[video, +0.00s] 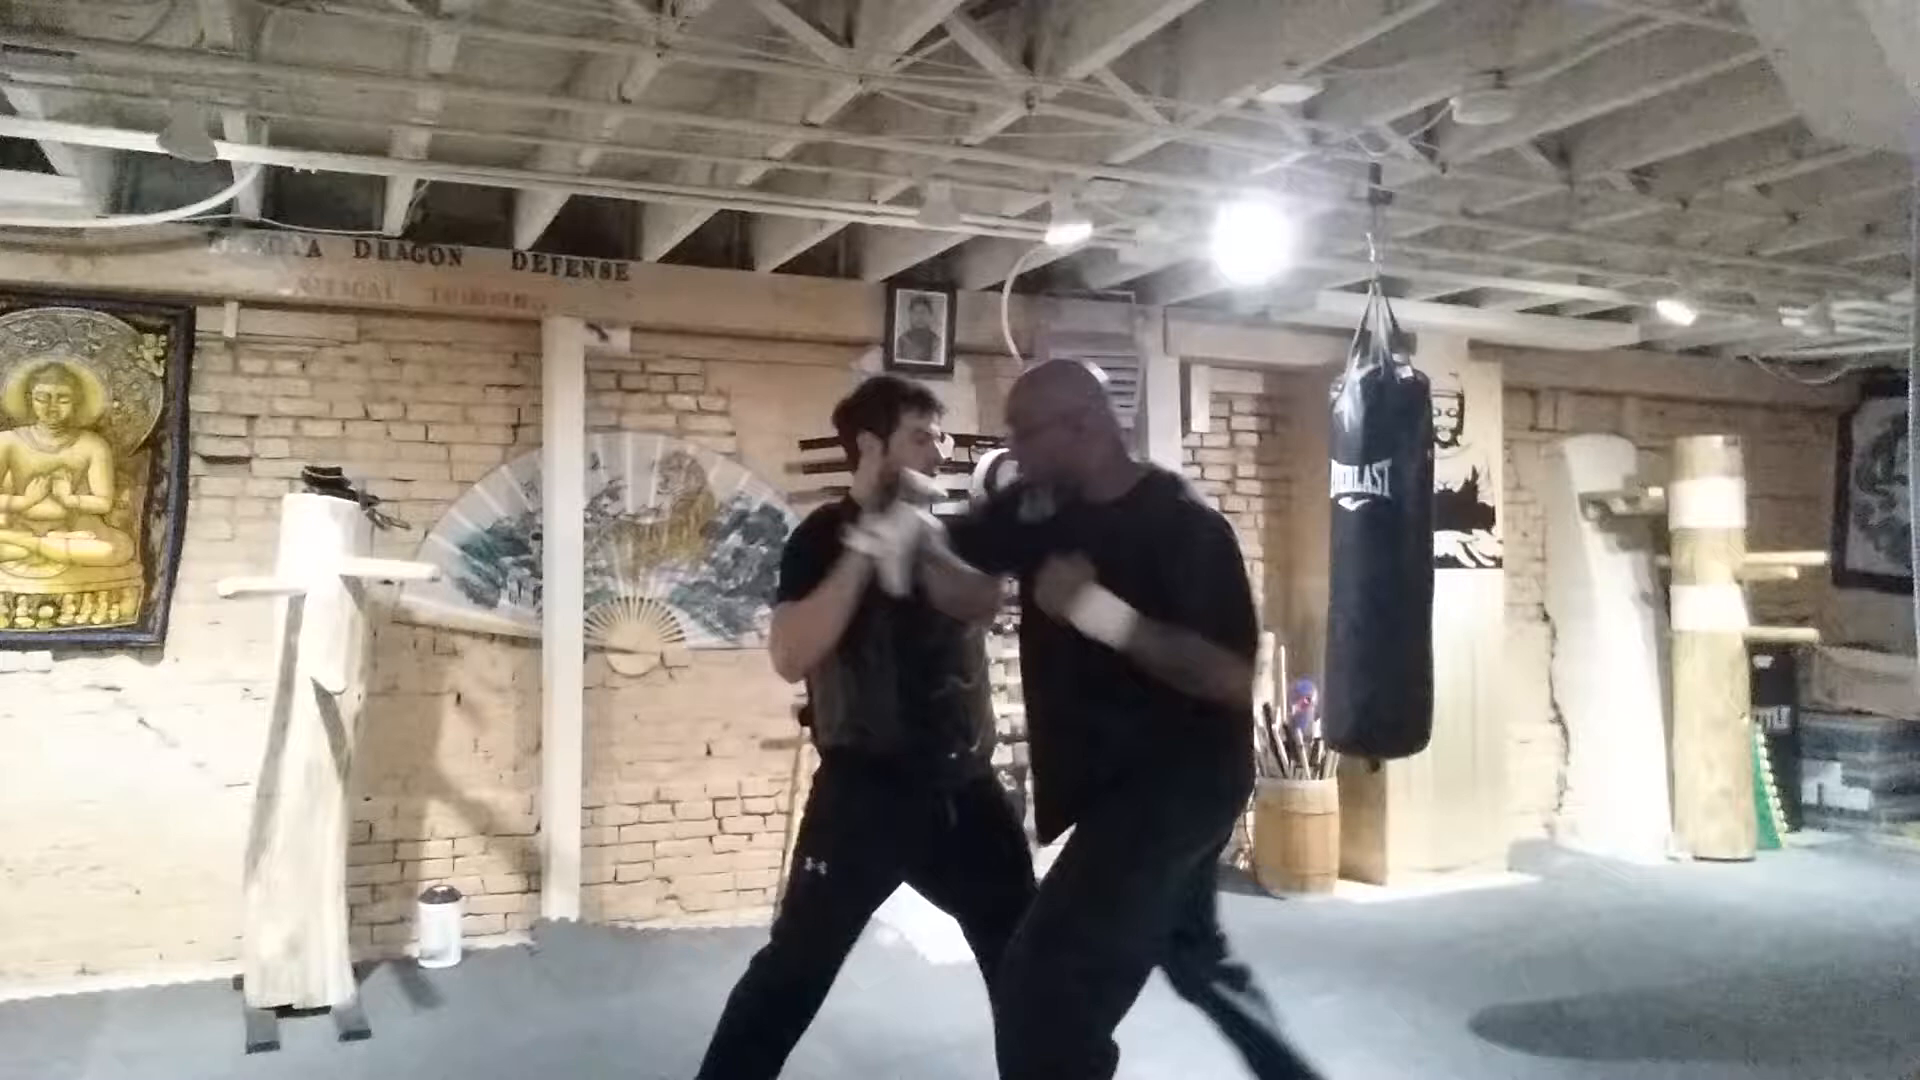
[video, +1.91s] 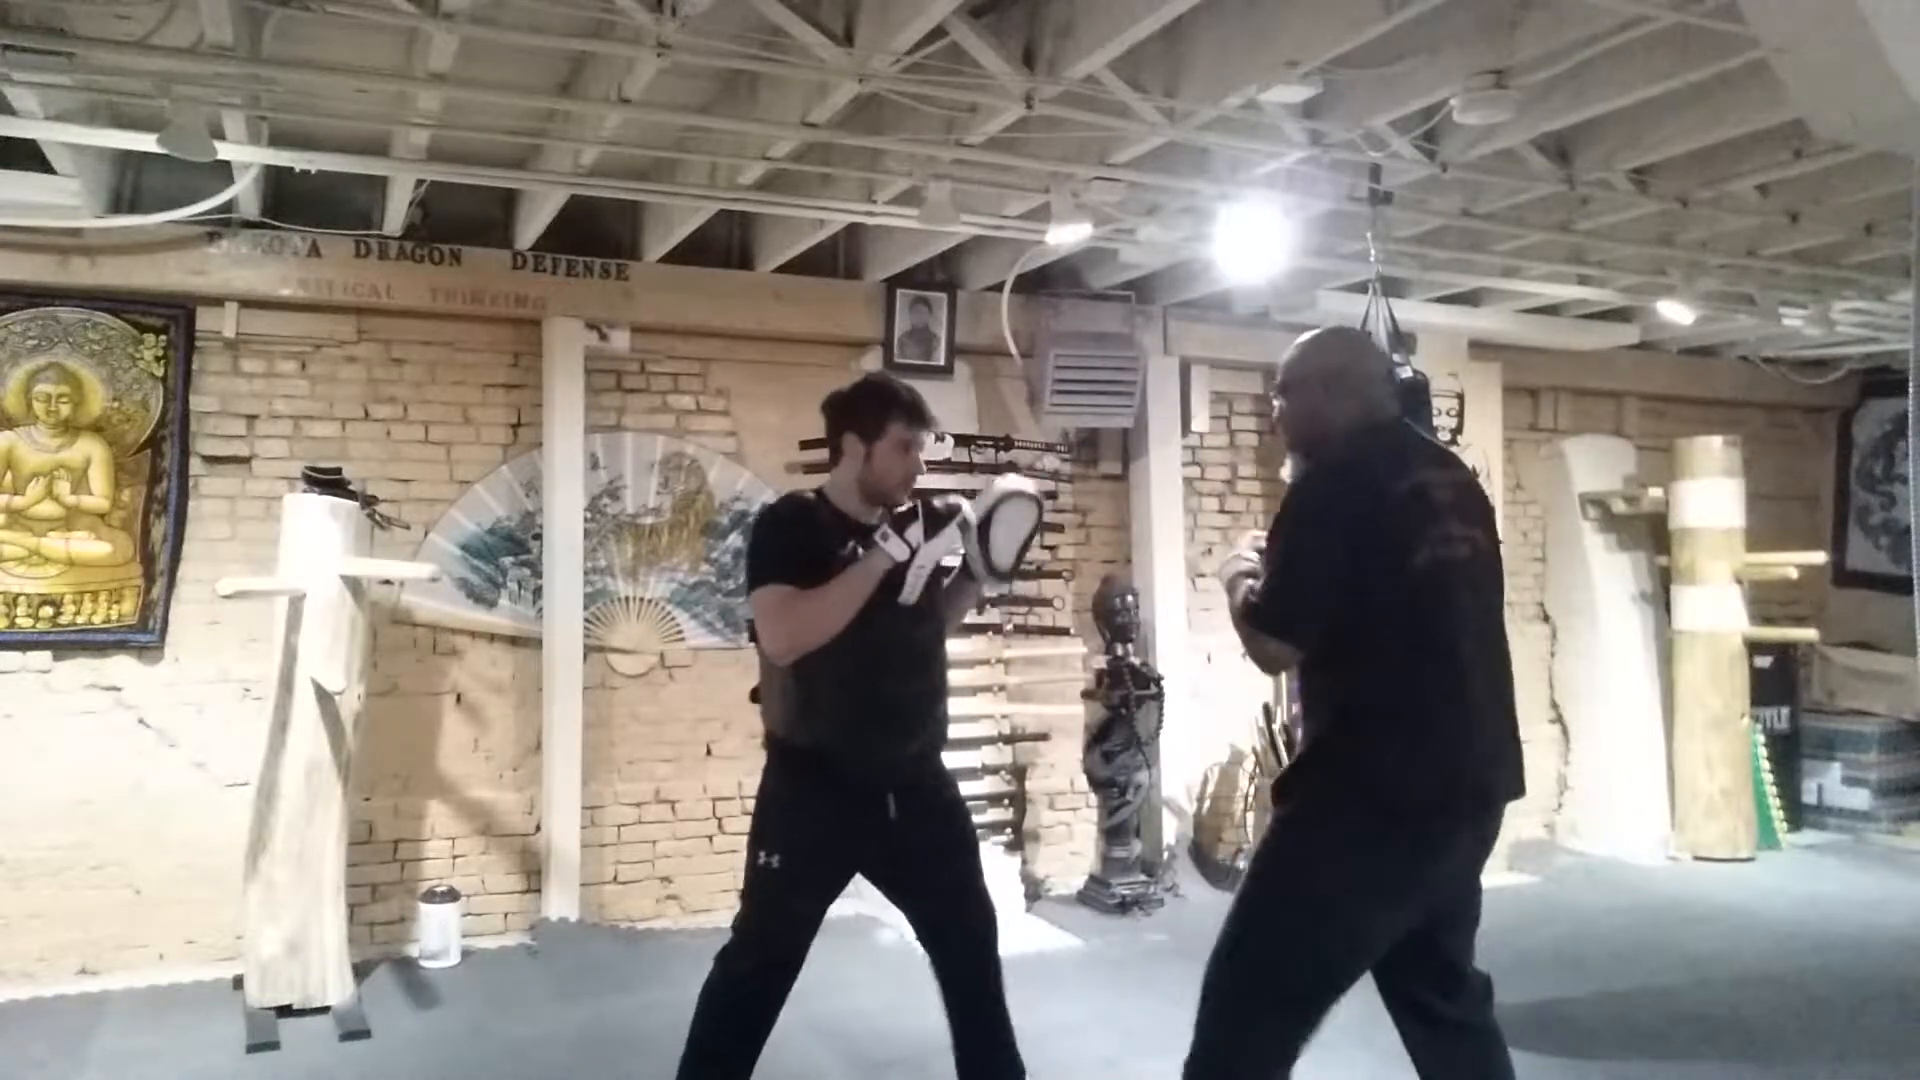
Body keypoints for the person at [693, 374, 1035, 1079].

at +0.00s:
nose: (937, 454)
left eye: (938, 440)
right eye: (923, 438)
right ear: (870, 443)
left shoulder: (952, 526)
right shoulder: (826, 534)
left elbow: (987, 603)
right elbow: (790, 657)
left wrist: (922, 545)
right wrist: (859, 557)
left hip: (965, 787)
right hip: (862, 793)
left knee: (1031, 975)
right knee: (792, 977)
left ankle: (1051, 1079)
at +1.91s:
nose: (919, 464)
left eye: (920, 449)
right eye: (907, 447)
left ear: (892, 449)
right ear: (855, 445)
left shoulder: (919, 528)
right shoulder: (786, 524)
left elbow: (936, 618)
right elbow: (780, 635)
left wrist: (978, 564)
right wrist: (883, 558)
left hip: (914, 788)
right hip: (811, 790)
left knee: (971, 955)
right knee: (759, 966)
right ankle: (703, 1079)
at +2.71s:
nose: (974, 465)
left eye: (978, 453)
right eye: (961, 448)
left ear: (974, 458)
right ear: (910, 448)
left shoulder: (967, 541)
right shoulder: (864, 525)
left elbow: (990, 638)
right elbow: (857, 619)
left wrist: (1052, 565)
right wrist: (950, 517)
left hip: (973, 795)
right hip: (875, 795)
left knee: (1029, 957)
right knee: (803, 973)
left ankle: (1035, 1079)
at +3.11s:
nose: (934, 472)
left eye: (941, 459)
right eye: (919, 455)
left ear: (947, 464)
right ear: (871, 453)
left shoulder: (949, 544)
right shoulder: (818, 535)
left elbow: (954, 649)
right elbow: (792, 635)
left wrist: (996, 580)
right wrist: (862, 525)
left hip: (947, 795)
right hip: (843, 800)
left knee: (1020, 947)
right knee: (788, 972)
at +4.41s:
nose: (994, 458)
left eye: (997, 446)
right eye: (981, 442)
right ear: (928, 442)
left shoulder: (991, 532)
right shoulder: (879, 522)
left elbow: (1034, 607)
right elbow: (846, 621)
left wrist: (1093, 526)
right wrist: (932, 511)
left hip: (1001, 785)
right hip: (902, 786)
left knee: (1056, 954)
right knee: (830, 957)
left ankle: (1048, 1079)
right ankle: (736, 1077)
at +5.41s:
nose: (967, 487)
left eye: (970, 471)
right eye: (957, 469)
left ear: (914, 466)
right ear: (904, 462)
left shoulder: (944, 550)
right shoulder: (830, 532)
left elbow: (961, 651)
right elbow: (820, 650)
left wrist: (1015, 598)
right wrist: (940, 578)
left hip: (940, 800)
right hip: (839, 802)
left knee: (1002, 963)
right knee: (773, 977)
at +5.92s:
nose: (897, 433)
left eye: (896, 418)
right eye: (881, 418)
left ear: (852, 430)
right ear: (828, 425)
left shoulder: (881, 515)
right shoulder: (768, 510)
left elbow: (897, 623)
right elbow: (751, 630)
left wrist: (952, 576)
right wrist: (875, 580)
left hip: (884, 778)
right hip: (788, 779)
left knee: (905, 965)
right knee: (733, 966)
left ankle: (908, 1075)